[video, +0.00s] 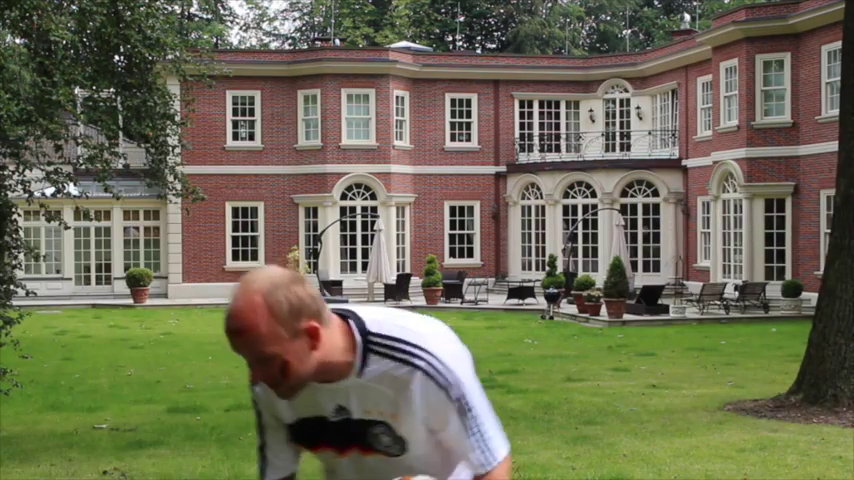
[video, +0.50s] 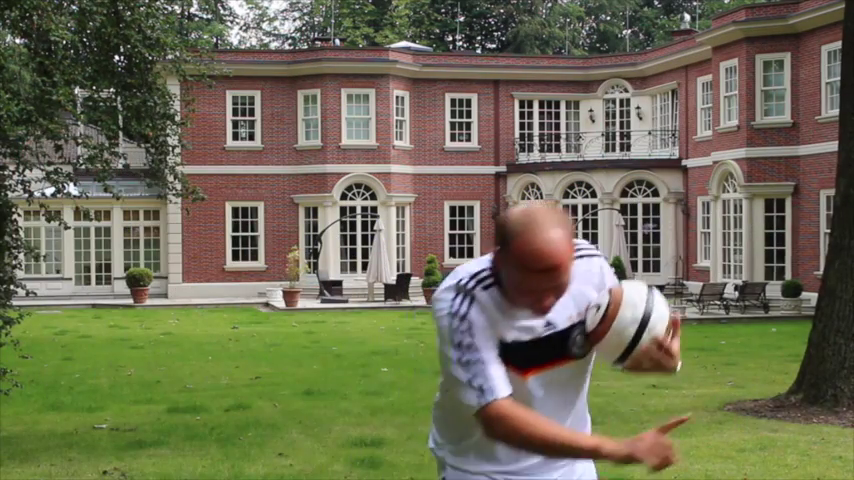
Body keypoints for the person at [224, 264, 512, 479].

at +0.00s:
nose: (256, 379)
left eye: (268, 361)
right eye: (248, 362)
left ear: (311, 335)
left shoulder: (427, 356)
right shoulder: (268, 377)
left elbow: (496, 467)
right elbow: (276, 473)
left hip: (442, 470)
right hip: (351, 470)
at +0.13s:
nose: (302, 385)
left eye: (313, 370)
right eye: (296, 371)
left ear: (355, 343)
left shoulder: (468, 341)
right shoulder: (310, 386)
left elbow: (549, 417)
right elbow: (313, 473)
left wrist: (539, 477)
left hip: (494, 462)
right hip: (404, 470)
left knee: (472, 462)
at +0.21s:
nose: (352, 376)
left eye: (363, 362)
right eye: (343, 363)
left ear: (398, 333)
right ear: (334, 353)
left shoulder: (508, 330)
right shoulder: (345, 383)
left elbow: (579, 400)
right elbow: (351, 472)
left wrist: (576, 472)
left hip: (521, 465)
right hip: (428, 469)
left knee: (523, 444)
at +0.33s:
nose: (439, 350)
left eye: (451, 335)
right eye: (427, 337)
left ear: (482, 301)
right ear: (412, 319)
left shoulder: (556, 298)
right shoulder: (401, 345)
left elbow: (608, 367)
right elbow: (423, 464)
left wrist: (624, 425)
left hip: (557, 467)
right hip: (469, 470)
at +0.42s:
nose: (498, 326)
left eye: (509, 312)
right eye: (484, 314)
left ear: (533, 277)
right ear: (464, 295)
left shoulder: (576, 280)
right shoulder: (435, 320)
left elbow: (614, 368)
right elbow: (463, 440)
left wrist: (647, 393)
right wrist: (569, 475)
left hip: (567, 459)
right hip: (476, 467)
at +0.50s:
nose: (546, 302)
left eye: (556, 288)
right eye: (532, 291)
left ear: (571, 259)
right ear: (500, 263)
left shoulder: (590, 268)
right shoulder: (462, 301)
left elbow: (626, 330)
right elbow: (497, 418)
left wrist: (663, 359)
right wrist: (614, 448)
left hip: (568, 463)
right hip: (480, 466)